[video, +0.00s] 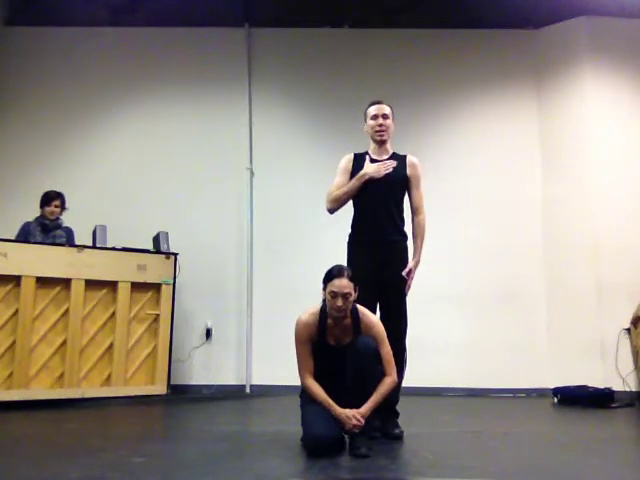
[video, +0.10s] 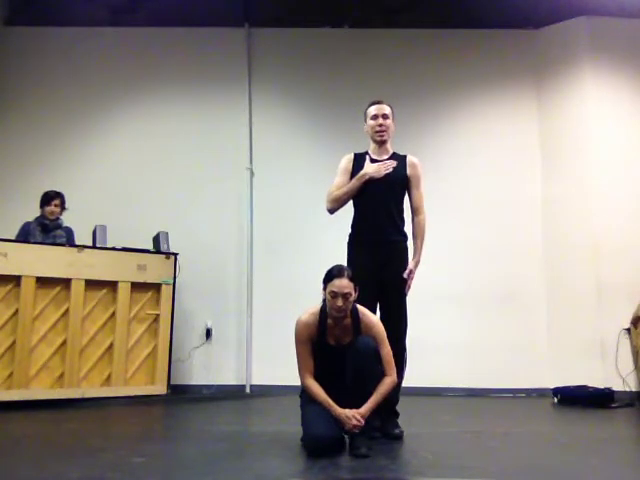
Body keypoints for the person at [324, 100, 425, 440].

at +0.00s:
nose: (380, 121)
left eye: (385, 117)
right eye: (375, 117)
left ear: (393, 124)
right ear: (365, 126)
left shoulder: (409, 165)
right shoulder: (352, 162)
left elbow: (418, 215)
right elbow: (331, 204)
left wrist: (415, 259)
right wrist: (364, 175)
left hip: (393, 257)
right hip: (361, 256)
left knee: (395, 337)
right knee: (358, 336)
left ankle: (388, 415)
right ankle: (359, 416)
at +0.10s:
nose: (381, 121)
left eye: (385, 117)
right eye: (375, 117)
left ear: (393, 124)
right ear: (365, 126)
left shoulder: (409, 165)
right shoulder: (352, 162)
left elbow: (418, 215)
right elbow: (331, 204)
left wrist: (415, 260)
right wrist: (364, 175)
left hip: (393, 256)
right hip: (361, 255)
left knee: (395, 336)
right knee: (358, 335)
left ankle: (388, 414)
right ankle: (359, 416)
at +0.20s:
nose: (381, 121)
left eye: (386, 116)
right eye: (375, 117)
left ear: (394, 124)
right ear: (365, 125)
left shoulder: (409, 165)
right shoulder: (352, 162)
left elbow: (419, 215)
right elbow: (331, 204)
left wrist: (416, 260)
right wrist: (365, 175)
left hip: (394, 256)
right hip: (361, 255)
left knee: (395, 336)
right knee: (358, 335)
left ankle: (388, 415)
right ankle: (359, 416)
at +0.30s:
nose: (382, 122)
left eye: (386, 117)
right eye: (376, 117)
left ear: (394, 124)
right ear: (366, 126)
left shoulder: (410, 165)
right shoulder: (353, 162)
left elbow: (419, 215)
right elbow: (331, 204)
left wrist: (416, 260)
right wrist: (365, 175)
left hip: (394, 256)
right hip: (361, 256)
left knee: (395, 337)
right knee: (358, 336)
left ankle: (388, 415)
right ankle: (359, 416)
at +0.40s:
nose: (382, 125)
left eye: (387, 119)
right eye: (376, 120)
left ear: (394, 124)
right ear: (366, 126)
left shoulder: (410, 166)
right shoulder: (352, 163)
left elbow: (419, 215)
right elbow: (332, 205)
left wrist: (416, 260)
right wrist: (365, 177)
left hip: (394, 257)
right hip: (361, 256)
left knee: (394, 337)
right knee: (358, 336)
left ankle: (388, 415)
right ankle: (359, 416)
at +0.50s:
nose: (383, 126)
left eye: (387, 120)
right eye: (377, 121)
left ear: (395, 125)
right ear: (366, 126)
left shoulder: (410, 166)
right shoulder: (353, 163)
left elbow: (418, 215)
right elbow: (333, 206)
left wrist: (416, 260)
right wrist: (365, 177)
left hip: (394, 257)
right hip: (361, 256)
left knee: (394, 337)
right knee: (358, 336)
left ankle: (388, 415)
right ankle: (359, 416)